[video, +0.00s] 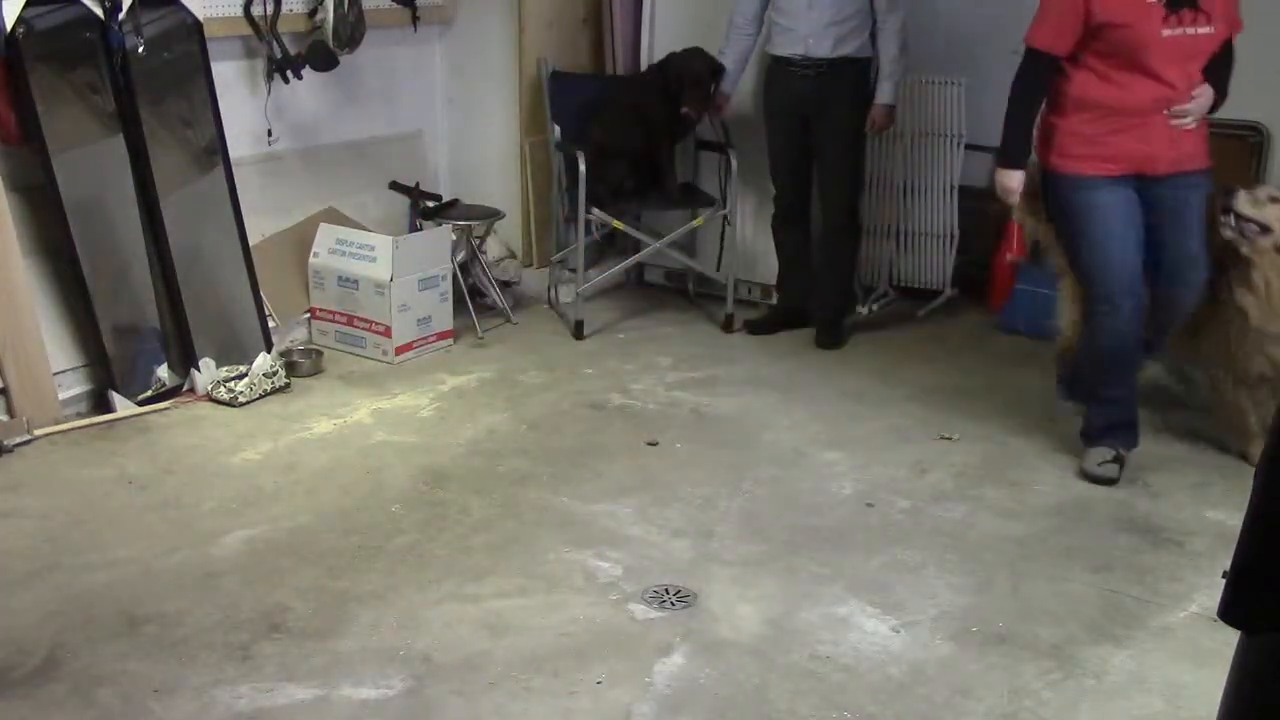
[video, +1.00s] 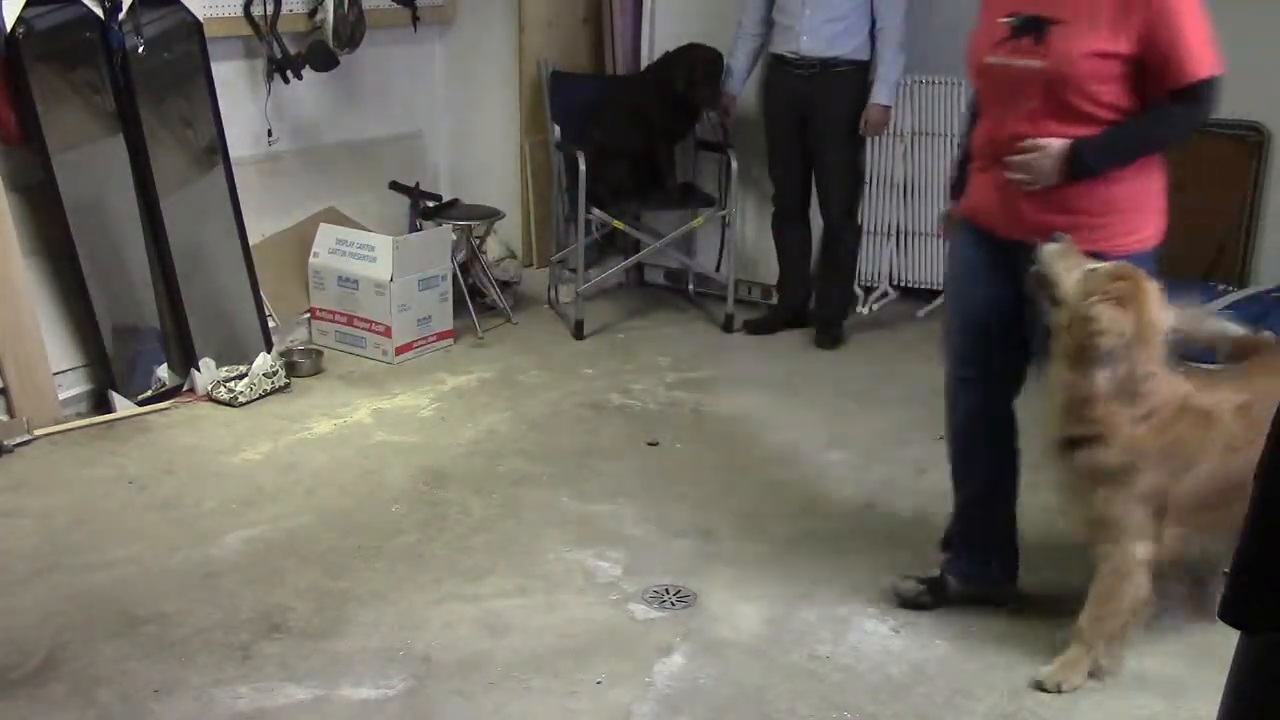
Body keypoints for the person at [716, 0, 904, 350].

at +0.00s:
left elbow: (890, 18)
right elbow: (747, 16)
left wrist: (885, 95)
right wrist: (725, 84)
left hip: (844, 77)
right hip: (783, 75)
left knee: (838, 202)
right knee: (789, 199)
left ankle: (831, 314)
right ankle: (793, 304)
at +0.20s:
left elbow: (891, 20)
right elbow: (748, 16)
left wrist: (884, 96)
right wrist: (724, 83)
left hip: (844, 77)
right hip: (783, 74)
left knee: (838, 202)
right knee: (787, 199)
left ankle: (831, 313)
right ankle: (793, 303)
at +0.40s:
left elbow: (892, 20)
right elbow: (750, 16)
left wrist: (886, 94)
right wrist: (730, 84)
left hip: (844, 77)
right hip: (783, 74)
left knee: (839, 203)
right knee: (787, 200)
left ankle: (831, 313)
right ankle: (792, 304)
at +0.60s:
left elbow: (892, 21)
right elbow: (751, 20)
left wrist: (886, 95)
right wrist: (732, 86)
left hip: (844, 80)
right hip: (783, 77)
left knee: (839, 207)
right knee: (788, 202)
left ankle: (831, 314)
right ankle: (791, 305)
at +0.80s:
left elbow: (891, 21)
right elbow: (754, 19)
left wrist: (885, 97)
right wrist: (734, 84)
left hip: (844, 78)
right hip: (784, 76)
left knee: (839, 207)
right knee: (787, 202)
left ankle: (831, 315)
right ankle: (791, 305)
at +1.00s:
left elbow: (891, 23)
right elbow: (754, 19)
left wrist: (882, 97)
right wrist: (732, 85)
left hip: (843, 78)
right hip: (782, 76)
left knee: (839, 210)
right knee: (788, 204)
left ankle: (831, 316)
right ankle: (791, 306)